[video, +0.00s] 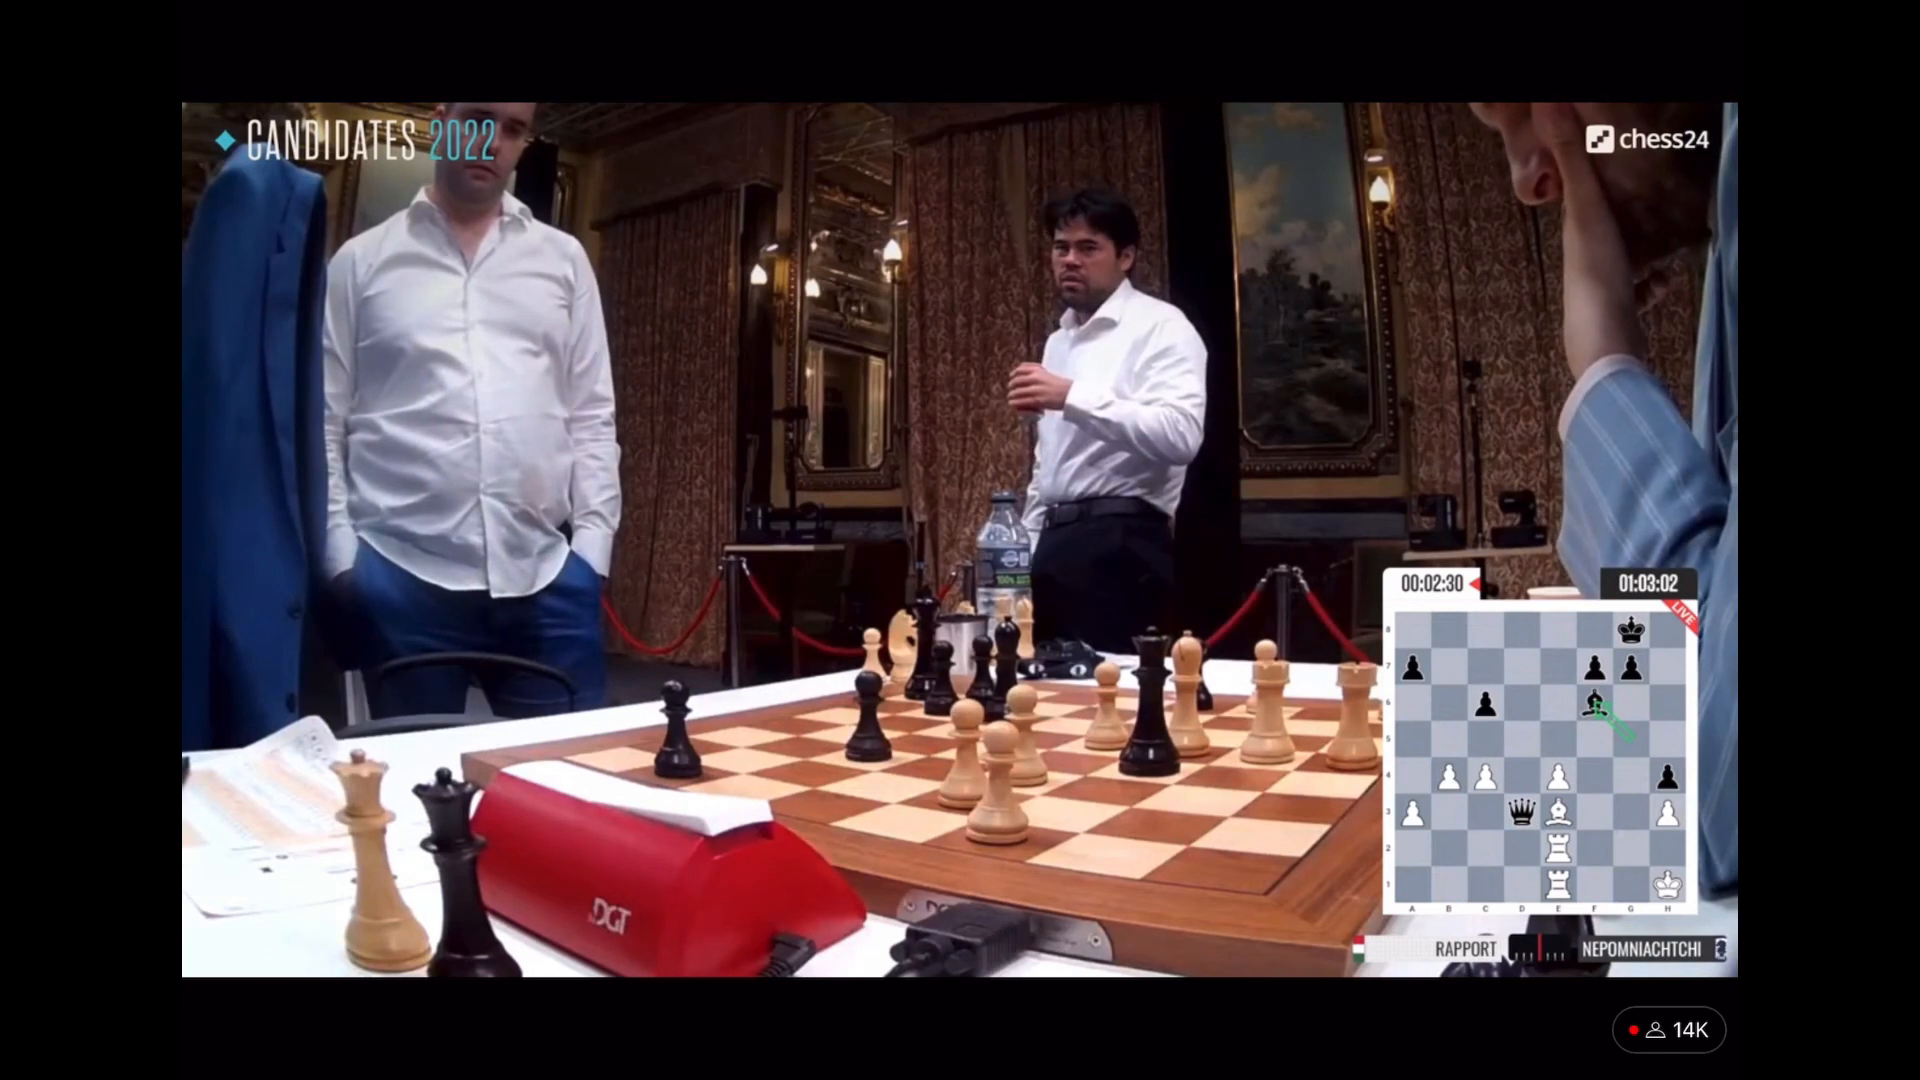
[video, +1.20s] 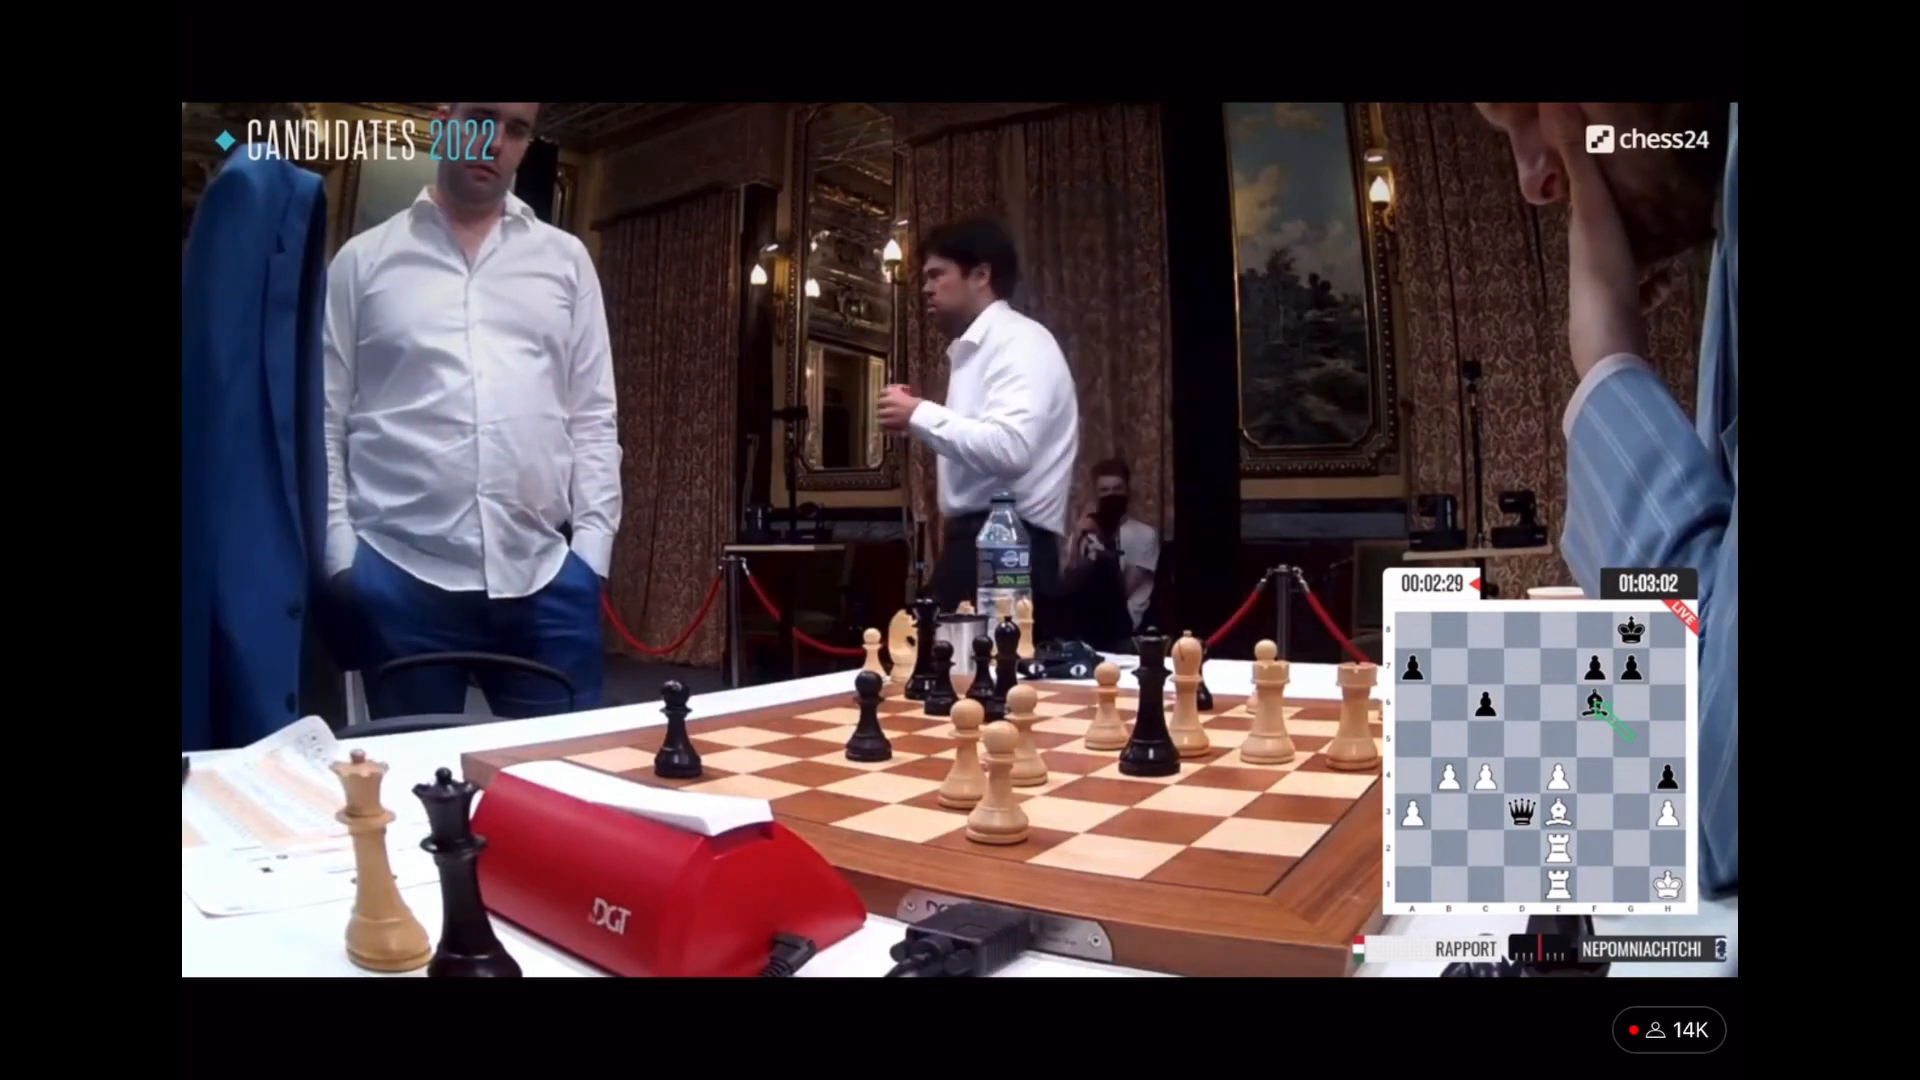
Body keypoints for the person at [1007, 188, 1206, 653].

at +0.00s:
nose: (1070, 261)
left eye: (1088, 248)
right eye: (1062, 247)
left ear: (1125, 258)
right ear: (1051, 254)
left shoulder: (1165, 328)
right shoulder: (1059, 342)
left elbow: (1180, 435)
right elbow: (1048, 458)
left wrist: (1071, 394)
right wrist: (1029, 539)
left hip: (1124, 535)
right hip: (1058, 534)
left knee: (1120, 695)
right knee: (1058, 695)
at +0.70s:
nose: (1061, 262)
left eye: (1079, 251)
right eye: (1055, 249)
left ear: (1119, 261)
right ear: (1045, 254)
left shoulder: (1155, 332)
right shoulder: (1054, 342)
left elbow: (1167, 442)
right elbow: (1051, 460)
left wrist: (1060, 400)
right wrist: (1030, 529)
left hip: (1118, 537)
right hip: (1055, 534)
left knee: (1118, 696)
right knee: (1060, 696)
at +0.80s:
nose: (1039, 264)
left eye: (1056, 251)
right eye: (1035, 250)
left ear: (1100, 262)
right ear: (1028, 254)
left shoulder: (1138, 332)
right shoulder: (1046, 338)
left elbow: (1148, 443)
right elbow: (1056, 445)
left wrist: (1039, 403)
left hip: (1105, 535)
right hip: (1050, 531)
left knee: (1103, 695)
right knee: (1055, 692)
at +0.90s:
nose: (1016, 266)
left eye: (1031, 253)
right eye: (1014, 254)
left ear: (1077, 261)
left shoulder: (1119, 333)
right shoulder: (1035, 338)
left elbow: (1125, 442)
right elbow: (1051, 445)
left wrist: (1018, 406)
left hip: (1092, 539)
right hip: (1040, 532)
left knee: (1092, 695)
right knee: (1044, 693)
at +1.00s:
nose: (979, 275)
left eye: (993, 261)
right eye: (979, 264)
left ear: (1041, 266)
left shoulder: (1083, 336)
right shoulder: (1017, 345)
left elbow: (1082, 444)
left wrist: (981, 409)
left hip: (1069, 546)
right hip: (1022, 540)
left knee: (1085, 699)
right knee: (1030, 697)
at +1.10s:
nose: (953, 283)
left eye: (965, 269)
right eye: (954, 271)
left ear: (1011, 273)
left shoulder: (1055, 342)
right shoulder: (999, 349)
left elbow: (1044, 446)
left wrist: (951, 412)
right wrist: (948, 415)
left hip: (1045, 546)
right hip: (1002, 539)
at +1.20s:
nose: (926, 289)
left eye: (936, 275)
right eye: (926, 278)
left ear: (981, 276)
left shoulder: (1021, 344)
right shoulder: (976, 348)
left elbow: (1009, 449)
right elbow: (979, 447)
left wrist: (920, 414)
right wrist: (917, 418)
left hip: (1007, 544)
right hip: (972, 537)